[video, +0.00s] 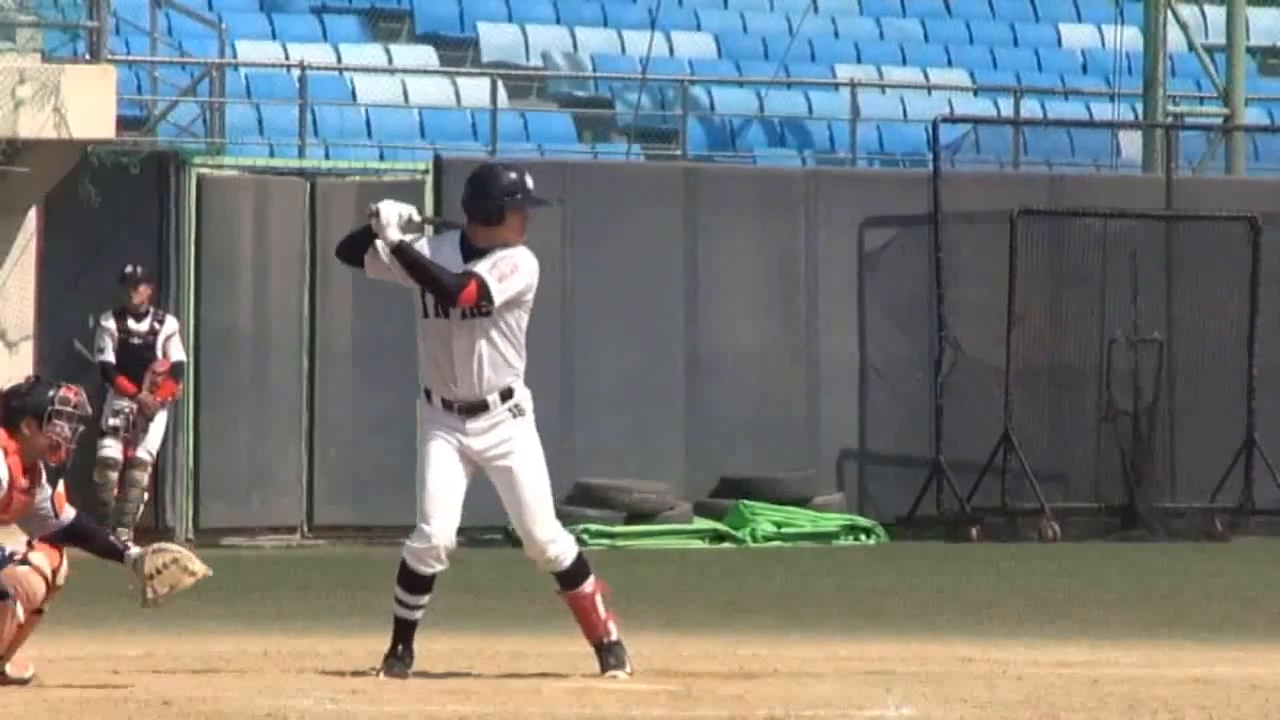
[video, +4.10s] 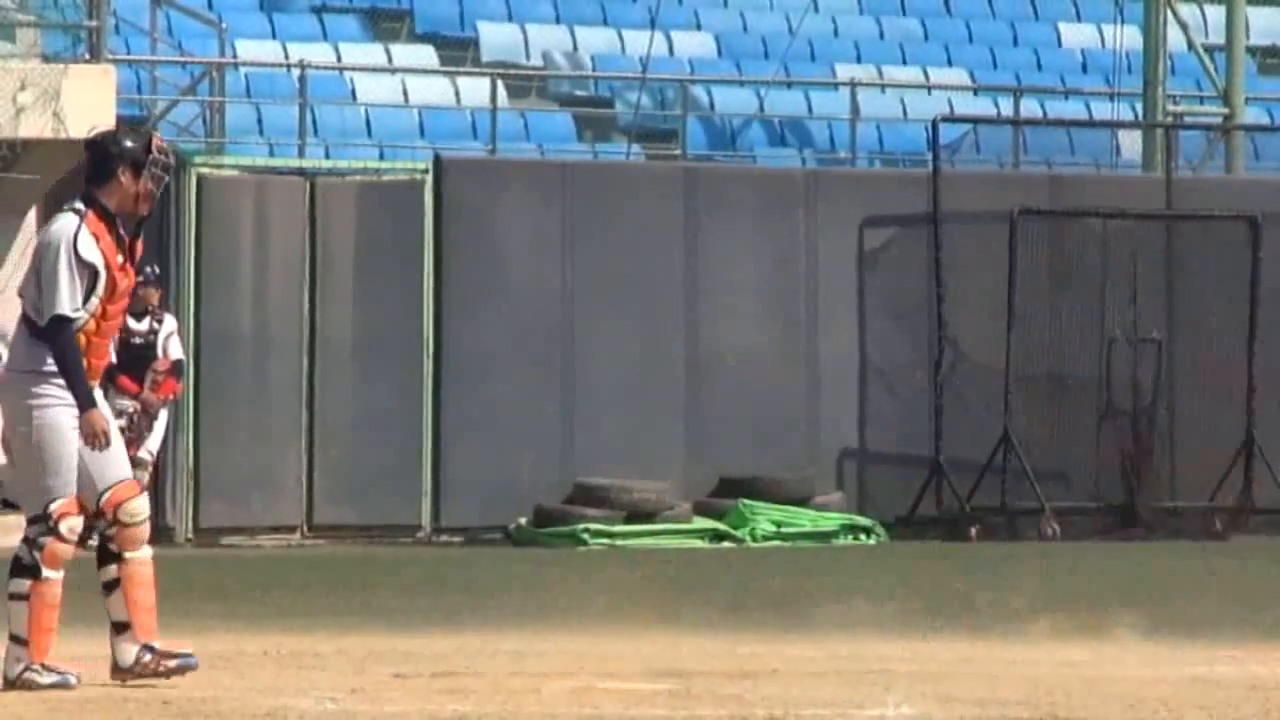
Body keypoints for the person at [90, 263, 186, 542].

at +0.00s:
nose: (133, 293)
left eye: (139, 287)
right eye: (129, 287)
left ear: (150, 290)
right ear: (123, 290)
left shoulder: (168, 324)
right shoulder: (110, 322)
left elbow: (177, 369)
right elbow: (107, 368)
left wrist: (158, 398)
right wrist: (137, 394)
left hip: (154, 399)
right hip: (120, 395)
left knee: (141, 461)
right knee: (108, 456)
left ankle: (125, 530)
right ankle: (105, 526)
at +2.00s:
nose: (136, 292)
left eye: (142, 286)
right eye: (131, 286)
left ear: (150, 290)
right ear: (123, 289)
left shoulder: (167, 324)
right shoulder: (108, 322)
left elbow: (176, 368)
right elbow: (106, 368)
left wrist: (157, 398)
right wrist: (136, 395)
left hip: (153, 400)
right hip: (117, 396)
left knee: (141, 459)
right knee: (108, 457)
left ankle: (125, 528)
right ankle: (104, 525)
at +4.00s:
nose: (153, 294)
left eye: (156, 288)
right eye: (147, 288)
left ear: (160, 292)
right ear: (134, 291)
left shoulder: (167, 323)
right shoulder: (113, 319)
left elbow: (176, 365)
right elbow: (108, 367)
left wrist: (162, 395)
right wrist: (141, 394)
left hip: (154, 399)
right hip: (121, 396)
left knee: (142, 462)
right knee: (115, 458)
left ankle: (127, 529)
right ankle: (109, 526)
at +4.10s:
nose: (154, 293)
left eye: (155, 287)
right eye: (149, 287)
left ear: (159, 292)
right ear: (135, 291)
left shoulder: (166, 323)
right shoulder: (116, 320)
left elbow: (176, 364)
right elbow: (108, 366)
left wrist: (159, 396)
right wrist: (140, 394)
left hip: (152, 402)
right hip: (119, 397)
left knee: (141, 463)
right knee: (116, 458)